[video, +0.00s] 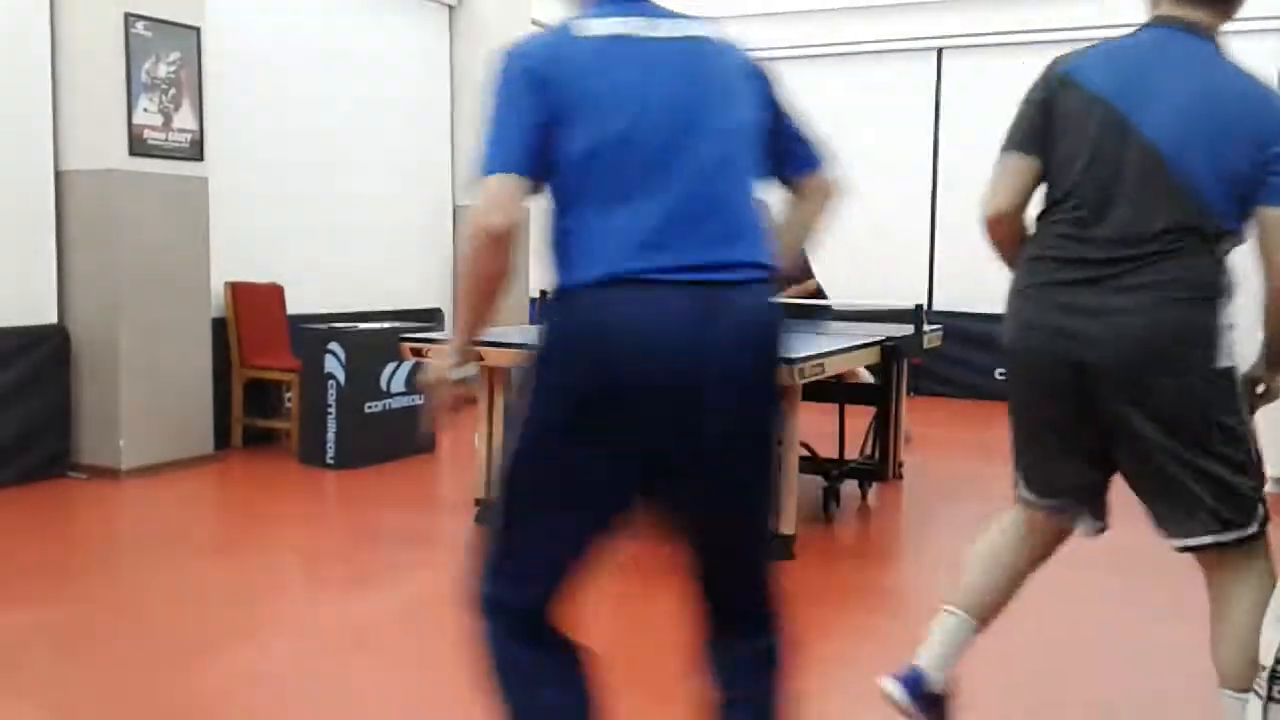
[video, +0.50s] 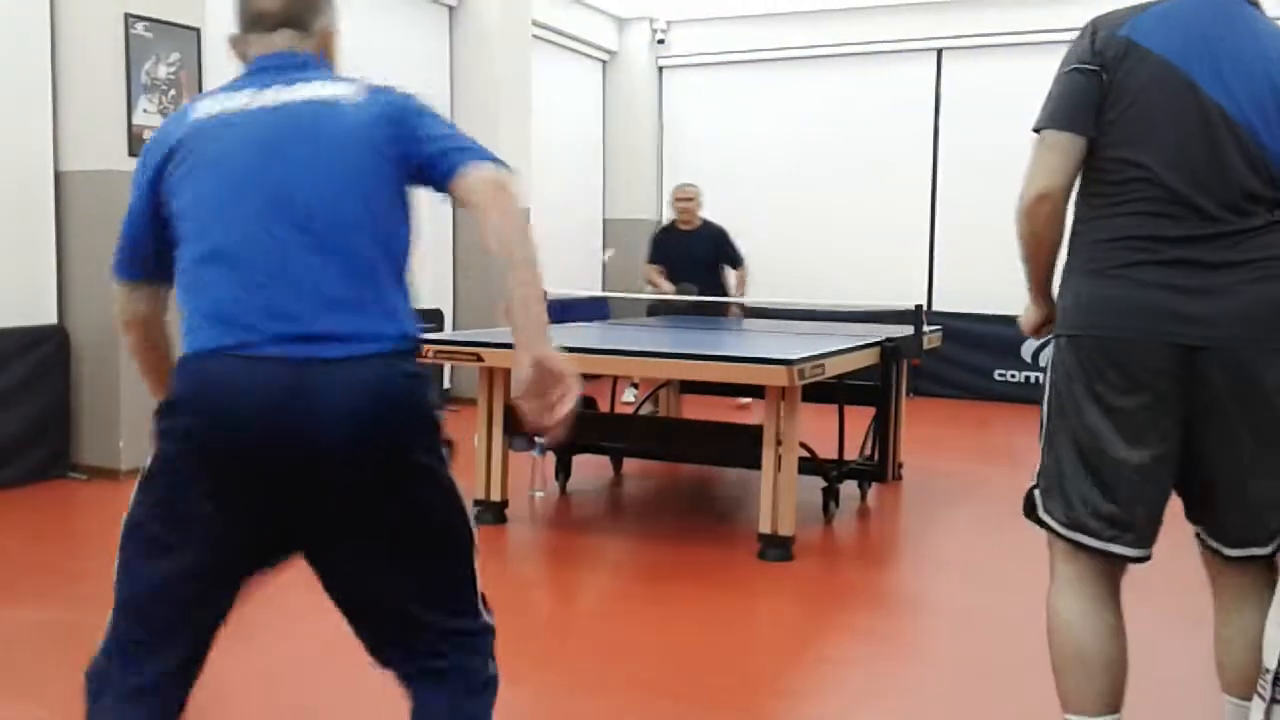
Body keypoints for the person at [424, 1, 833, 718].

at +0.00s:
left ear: (578, 2)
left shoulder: (540, 59)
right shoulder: (727, 60)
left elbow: (497, 222)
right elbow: (816, 184)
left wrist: (460, 346)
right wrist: (762, 281)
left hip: (607, 336)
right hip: (736, 337)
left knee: (516, 598)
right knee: (740, 602)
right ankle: (749, 703)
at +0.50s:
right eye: (331, 35)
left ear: (237, 51)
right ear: (328, 42)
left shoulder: (180, 131)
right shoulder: (381, 108)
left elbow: (138, 315)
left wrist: (186, 417)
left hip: (222, 411)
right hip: (373, 409)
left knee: (139, 667)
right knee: (450, 657)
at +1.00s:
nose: (402, 151)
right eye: (401, 143)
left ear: (336, 150)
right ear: (394, 143)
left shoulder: (303, 195)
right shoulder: (403, 159)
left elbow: (280, 284)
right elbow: (454, 212)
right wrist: (495, 333)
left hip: (270, 345)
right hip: (356, 339)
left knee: (333, 505)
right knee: (401, 541)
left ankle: (369, 634)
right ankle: (357, 707)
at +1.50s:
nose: (403, 135)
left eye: (401, 127)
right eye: (401, 128)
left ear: (347, 129)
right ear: (391, 124)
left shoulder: (313, 171)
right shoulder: (389, 138)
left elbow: (310, 245)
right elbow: (398, 172)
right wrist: (419, 259)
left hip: (289, 297)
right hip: (359, 290)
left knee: (321, 445)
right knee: (396, 443)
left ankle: (337, 545)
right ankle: (406, 590)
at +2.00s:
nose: (282, 119)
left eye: (281, 112)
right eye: (280, 112)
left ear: (235, 108)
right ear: (269, 110)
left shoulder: (194, 151)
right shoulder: (281, 151)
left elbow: (175, 220)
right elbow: (305, 209)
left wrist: (213, 248)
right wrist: (319, 279)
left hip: (203, 288)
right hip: (264, 284)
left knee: (232, 402)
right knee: (297, 395)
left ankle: (271, 517)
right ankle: (302, 504)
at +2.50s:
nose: (168, 144)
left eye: (168, 136)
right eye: (162, 136)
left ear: (139, 137)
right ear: (138, 135)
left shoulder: (131, 179)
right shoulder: (109, 176)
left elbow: (117, 250)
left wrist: (135, 301)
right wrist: (158, 275)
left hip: (103, 295)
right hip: (85, 294)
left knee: (108, 392)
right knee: (151, 383)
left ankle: (54, 484)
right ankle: (192, 474)